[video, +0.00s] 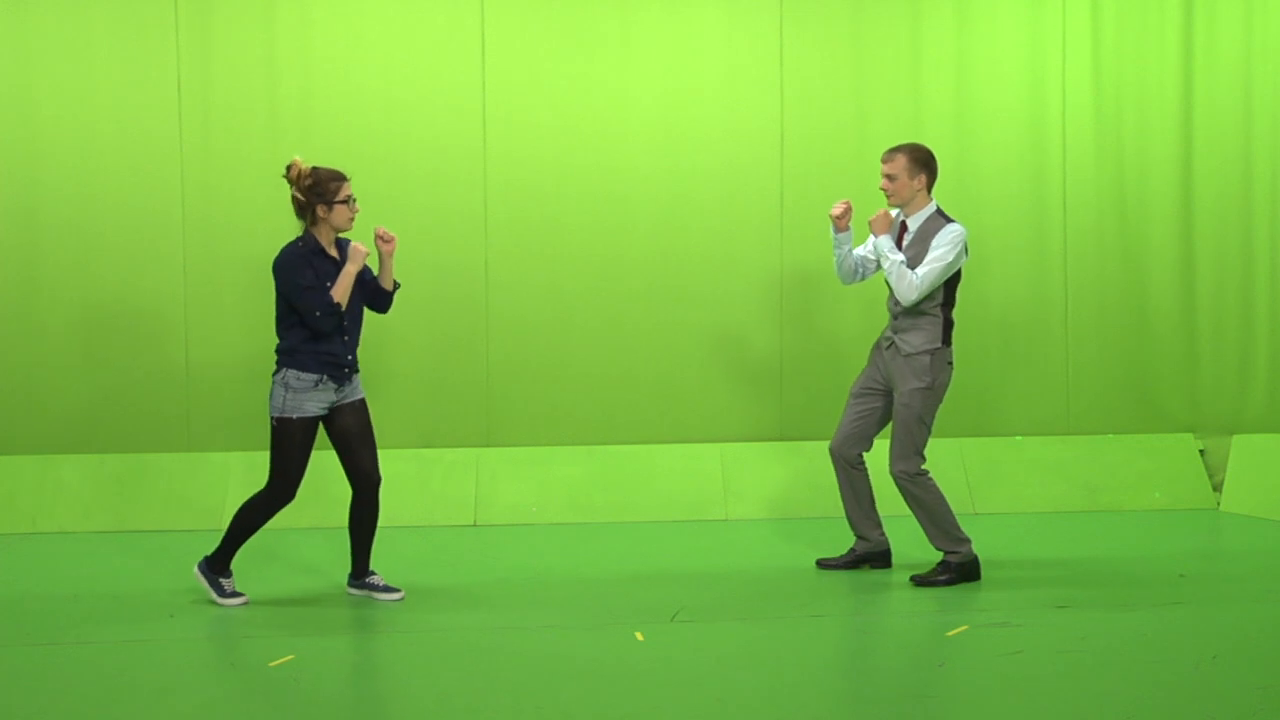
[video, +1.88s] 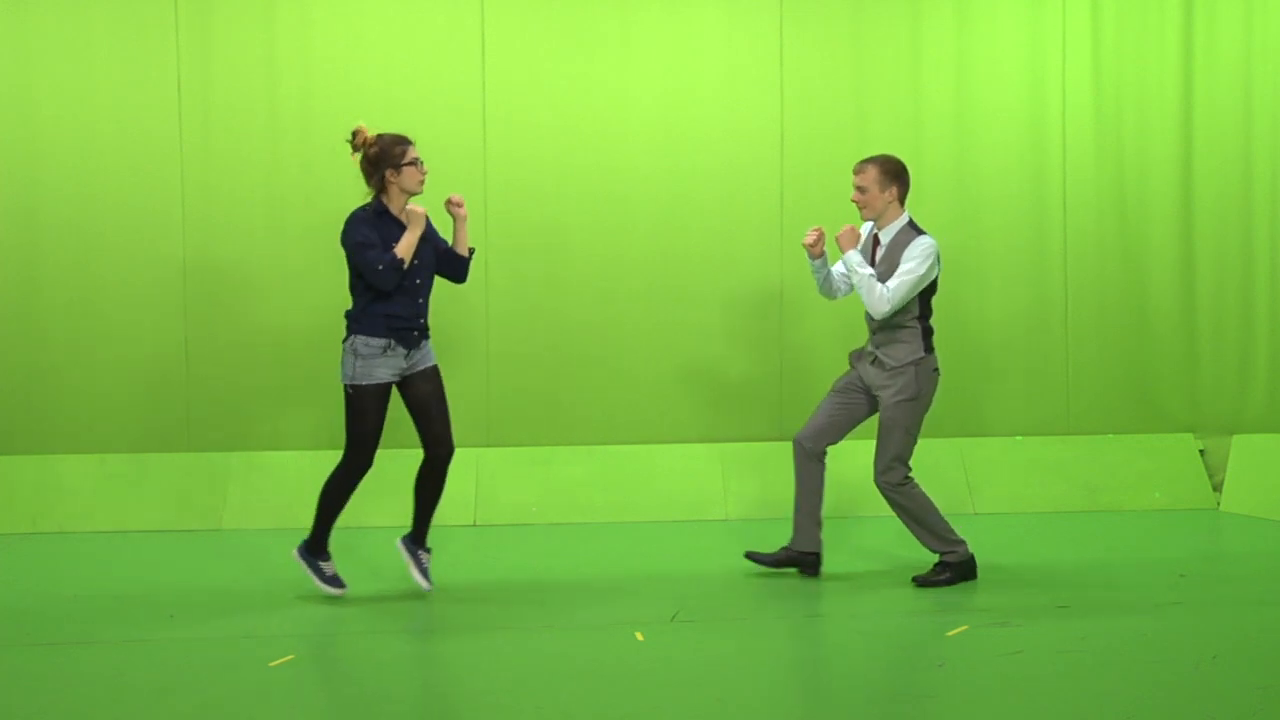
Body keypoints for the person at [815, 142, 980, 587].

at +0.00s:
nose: (884, 186)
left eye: (891, 178)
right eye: (883, 178)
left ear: (921, 181)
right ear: (899, 184)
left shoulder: (951, 235)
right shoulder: (894, 228)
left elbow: (910, 291)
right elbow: (848, 273)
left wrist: (883, 240)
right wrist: (842, 232)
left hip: (924, 361)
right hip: (887, 354)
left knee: (905, 465)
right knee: (845, 448)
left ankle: (961, 557)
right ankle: (871, 546)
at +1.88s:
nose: (855, 198)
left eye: (862, 190)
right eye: (854, 190)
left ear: (893, 193)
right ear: (882, 194)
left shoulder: (921, 248)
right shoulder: (868, 239)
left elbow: (881, 305)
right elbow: (833, 287)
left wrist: (851, 255)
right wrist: (818, 258)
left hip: (909, 370)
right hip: (871, 365)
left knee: (890, 475)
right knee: (808, 443)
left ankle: (957, 557)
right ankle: (805, 550)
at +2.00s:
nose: (834, 192)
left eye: (840, 184)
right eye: (833, 183)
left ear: (870, 187)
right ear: (860, 188)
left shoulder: (896, 242)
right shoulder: (844, 229)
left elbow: (848, 288)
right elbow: (803, 271)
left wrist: (822, 238)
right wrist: (791, 237)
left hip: (876, 368)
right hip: (836, 362)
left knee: (883, 473)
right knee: (776, 442)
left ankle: (954, 552)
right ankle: (739, 547)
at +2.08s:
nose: (811, 189)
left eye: (818, 181)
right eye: (811, 180)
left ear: (848, 184)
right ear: (838, 185)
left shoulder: (874, 237)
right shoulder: (821, 226)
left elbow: (828, 283)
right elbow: (778, 268)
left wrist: (802, 235)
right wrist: (770, 233)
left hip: (850, 364)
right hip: (809, 357)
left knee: (850, 473)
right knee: (758, 446)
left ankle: (922, 540)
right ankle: (731, 553)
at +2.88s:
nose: (749, 193)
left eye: (756, 186)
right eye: (749, 186)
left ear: (785, 189)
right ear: (772, 191)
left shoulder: (820, 239)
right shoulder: (765, 237)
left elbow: (780, 292)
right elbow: (736, 289)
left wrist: (750, 244)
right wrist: (717, 254)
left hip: (816, 368)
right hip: (775, 363)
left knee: (814, 475)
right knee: (722, 448)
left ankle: (868, 558)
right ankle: (712, 556)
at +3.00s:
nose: (727, 198)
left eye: (734, 191)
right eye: (726, 190)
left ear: (763, 194)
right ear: (755, 196)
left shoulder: (796, 244)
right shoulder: (748, 245)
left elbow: (755, 300)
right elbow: (743, 306)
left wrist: (726, 252)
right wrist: (704, 297)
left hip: (801, 373)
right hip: (760, 368)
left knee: (810, 480)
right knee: (701, 448)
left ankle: (867, 557)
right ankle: (685, 557)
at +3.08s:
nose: (703, 201)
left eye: (709, 193)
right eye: (702, 193)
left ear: (739, 196)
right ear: (728, 198)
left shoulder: (776, 244)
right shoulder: (723, 247)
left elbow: (737, 306)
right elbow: (717, 304)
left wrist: (707, 258)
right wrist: (676, 318)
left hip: (788, 372)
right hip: (743, 371)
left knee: (811, 476)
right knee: (688, 448)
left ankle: (867, 557)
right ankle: (679, 559)